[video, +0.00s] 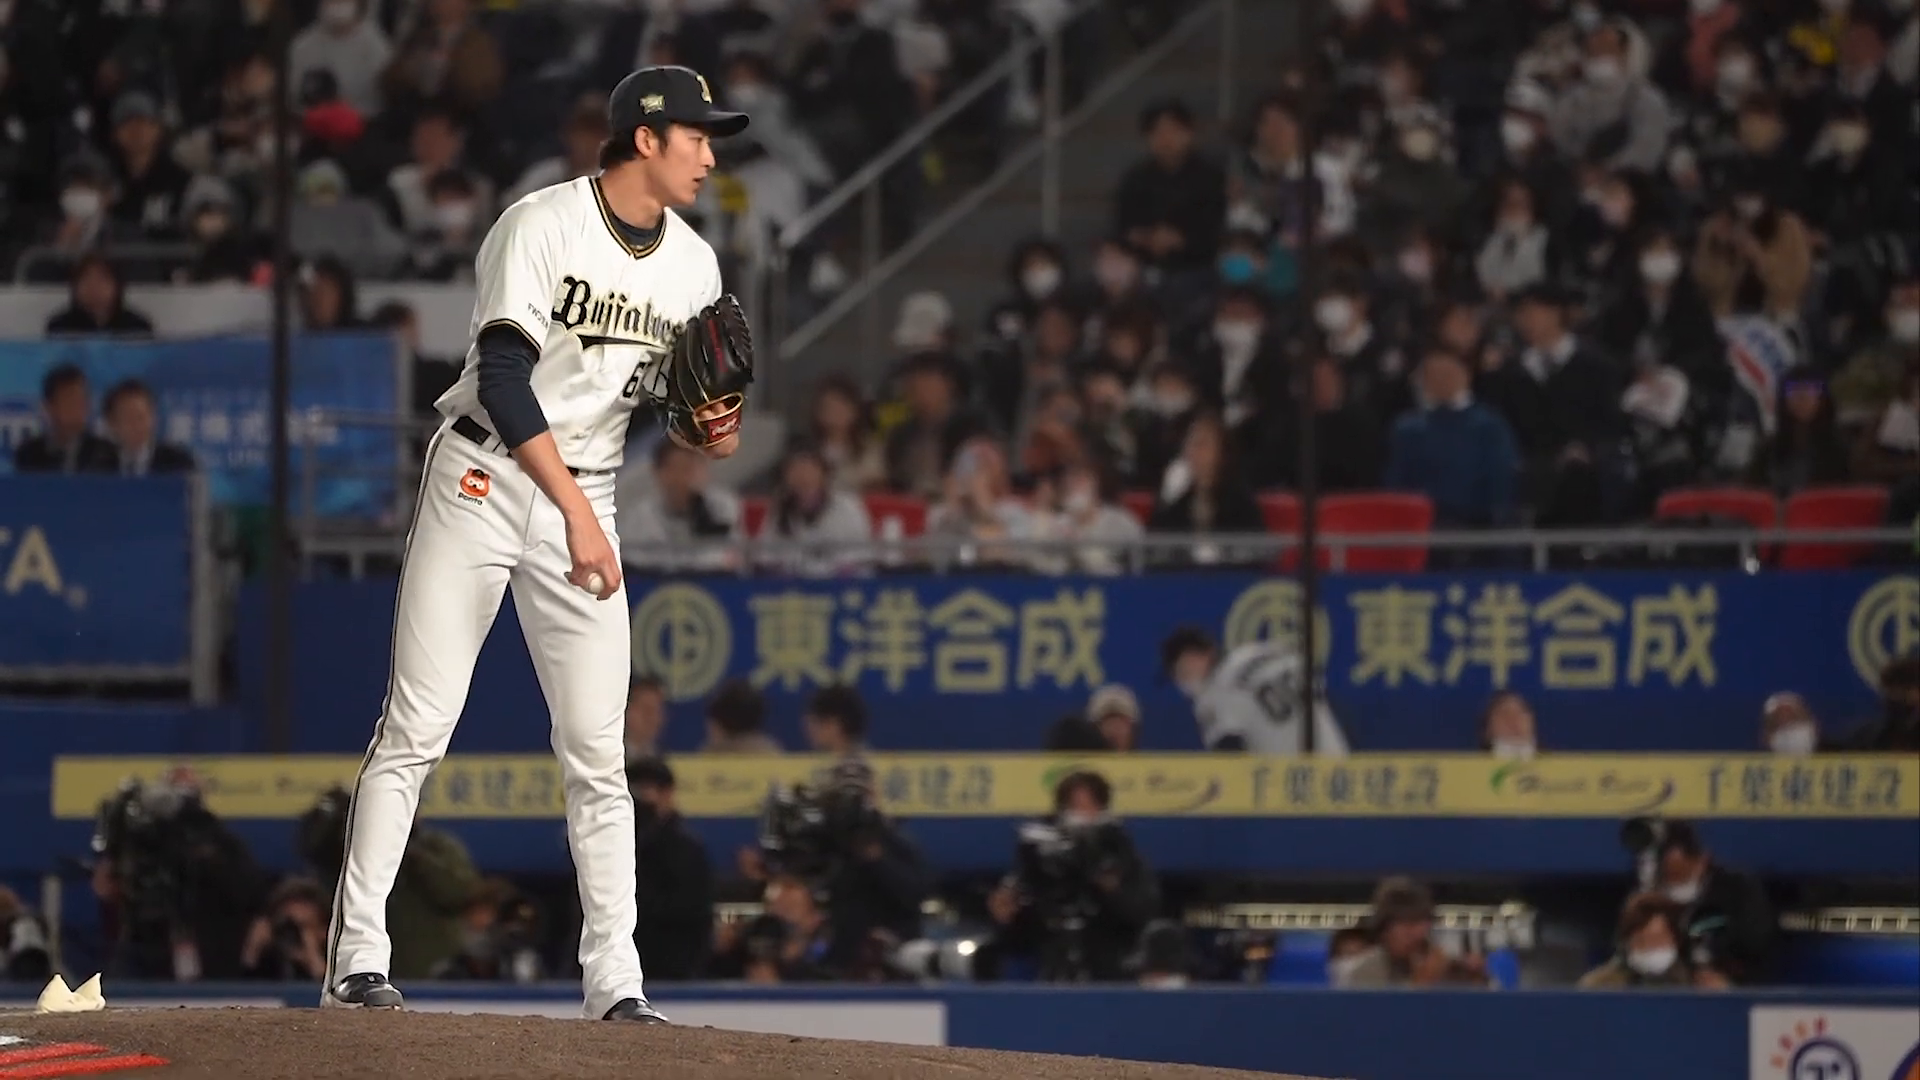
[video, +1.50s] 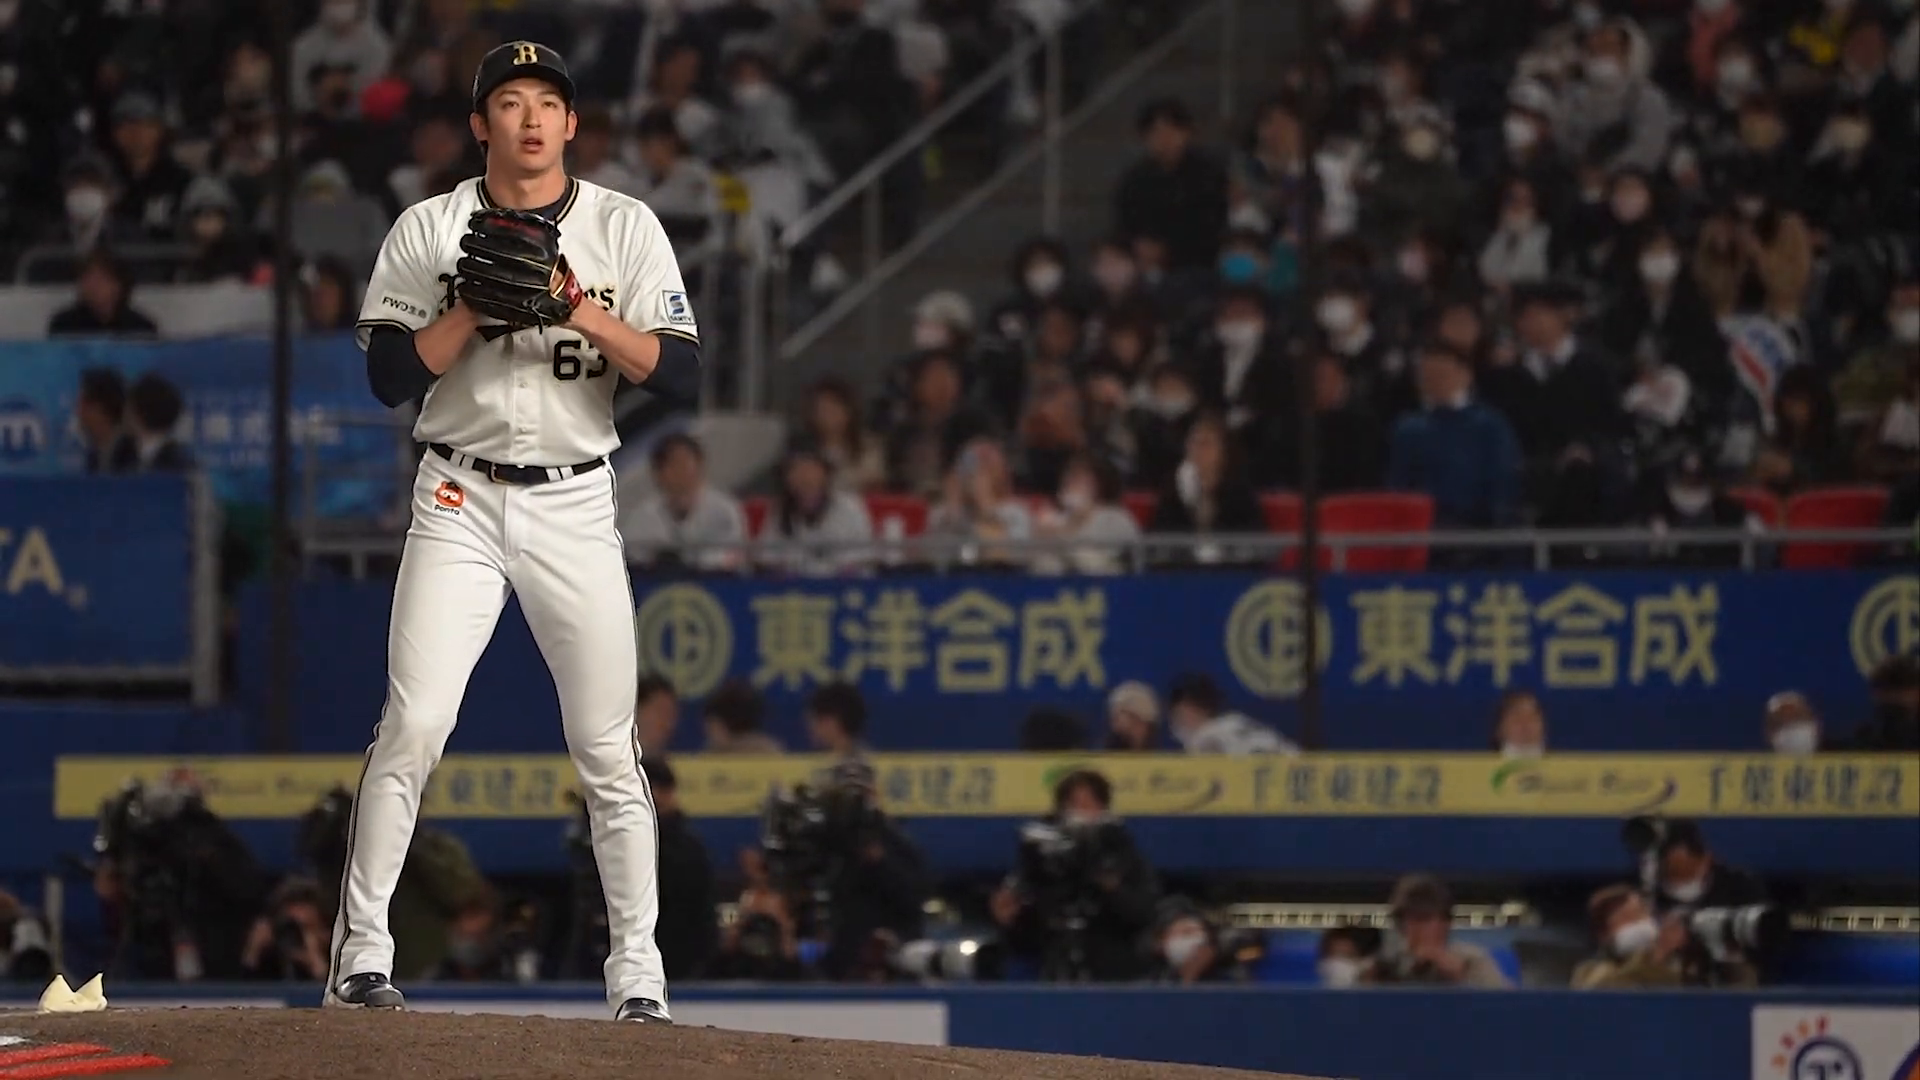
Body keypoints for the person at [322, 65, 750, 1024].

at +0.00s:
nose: (710, 154)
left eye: (711, 137)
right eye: (696, 136)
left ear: (681, 146)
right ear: (642, 138)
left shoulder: (696, 264)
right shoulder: (539, 222)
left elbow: (679, 402)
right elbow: (501, 378)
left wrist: (710, 426)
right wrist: (576, 507)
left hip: (586, 506)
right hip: (483, 480)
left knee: (598, 754)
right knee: (416, 727)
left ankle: (615, 988)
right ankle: (359, 957)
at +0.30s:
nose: (588, 126)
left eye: (597, 112)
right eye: (567, 109)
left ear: (605, 129)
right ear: (518, 121)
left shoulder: (636, 247)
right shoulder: (439, 219)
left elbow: (673, 396)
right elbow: (362, 359)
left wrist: (650, 404)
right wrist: (474, 380)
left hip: (557, 512)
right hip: (440, 497)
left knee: (590, 753)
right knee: (406, 727)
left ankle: (616, 990)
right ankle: (358, 964)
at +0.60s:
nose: (479, 102)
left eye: (492, 88)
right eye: (457, 89)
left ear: (511, 108)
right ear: (421, 111)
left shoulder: (561, 213)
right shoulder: (363, 214)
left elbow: (598, 364)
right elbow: (329, 362)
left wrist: (523, 292)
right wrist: (417, 283)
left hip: (523, 494)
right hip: (404, 490)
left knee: (585, 738)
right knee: (386, 729)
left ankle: (623, 978)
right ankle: (359, 965)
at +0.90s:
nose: (477, 106)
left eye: (490, 91)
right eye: (454, 95)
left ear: (517, 112)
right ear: (424, 123)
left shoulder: (574, 210)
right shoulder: (381, 223)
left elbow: (618, 347)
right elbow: (347, 362)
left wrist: (527, 258)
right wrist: (436, 257)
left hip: (544, 500)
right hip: (427, 496)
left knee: (589, 745)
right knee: (402, 728)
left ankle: (634, 974)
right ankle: (358, 956)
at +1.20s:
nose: (529, 114)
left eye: (544, 99)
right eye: (509, 102)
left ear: (571, 116)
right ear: (480, 124)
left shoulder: (631, 213)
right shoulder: (436, 226)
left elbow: (695, 354)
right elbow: (412, 380)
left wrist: (598, 295)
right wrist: (489, 286)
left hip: (592, 504)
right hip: (475, 499)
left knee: (615, 750)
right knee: (427, 727)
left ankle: (638, 982)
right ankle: (362, 954)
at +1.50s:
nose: (530, 120)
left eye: (546, 106)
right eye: (511, 106)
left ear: (570, 125)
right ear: (481, 125)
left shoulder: (626, 225)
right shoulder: (426, 230)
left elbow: (675, 369)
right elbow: (388, 379)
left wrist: (581, 311)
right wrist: (476, 306)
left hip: (576, 508)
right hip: (457, 498)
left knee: (608, 750)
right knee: (414, 722)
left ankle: (637, 980)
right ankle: (361, 952)